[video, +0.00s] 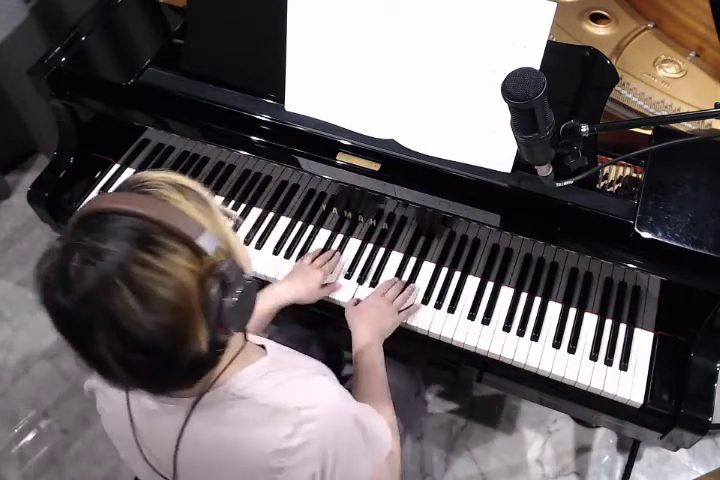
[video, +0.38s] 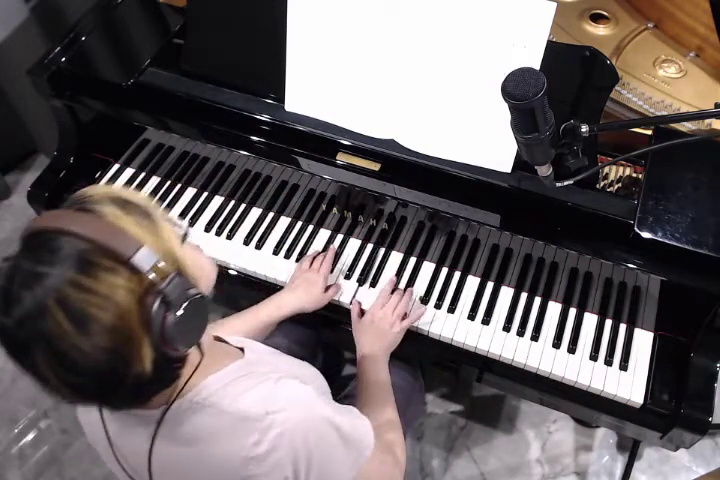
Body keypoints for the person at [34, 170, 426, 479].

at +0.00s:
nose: (229, 224)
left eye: (216, 219)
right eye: (220, 226)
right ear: (220, 293)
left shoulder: (110, 376)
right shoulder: (308, 414)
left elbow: (204, 339)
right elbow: (384, 461)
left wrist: (280, 294)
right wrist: (368, 345)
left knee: (307, 319)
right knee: (393, 361)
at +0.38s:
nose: (185, 232)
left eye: (172, 230)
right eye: (174, 238)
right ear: (172, 315)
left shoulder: (93, 376)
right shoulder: (280, 426)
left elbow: (191, 350)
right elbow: (385, 467)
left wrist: (287, 301)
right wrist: (374, 356)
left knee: (304, 320)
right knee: (398, 376)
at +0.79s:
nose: (147, 287)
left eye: (128, 287)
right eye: (134, 299)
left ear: (141, 366)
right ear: (140, 369)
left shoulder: (135, 376)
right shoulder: (262, 453)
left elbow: (186, 325)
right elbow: (392, 463)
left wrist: (291, 276)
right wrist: (387, 355)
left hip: (255, 368)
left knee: (304, 312)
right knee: (392, 365)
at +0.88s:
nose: (146, 287)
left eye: (128, 287)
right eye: (134, 299)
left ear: (141, 366)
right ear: (140, 369)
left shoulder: (135, 376)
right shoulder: (262, 453)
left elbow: (186, 325)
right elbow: (392, 463)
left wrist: (291, 276)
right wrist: (387, 355)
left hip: (256, 369)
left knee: (304, 313)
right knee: (393, 365)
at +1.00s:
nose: (151, 300)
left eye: (133, 300)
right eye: (141, 313)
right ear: (140, 378)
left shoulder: (141, 387)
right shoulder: (268, 460)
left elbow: (184, 325)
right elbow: (385, 468)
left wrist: (291, 274)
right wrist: (382, 354)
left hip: (261, 377)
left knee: (306, 310)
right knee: (397, 365)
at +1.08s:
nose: (151, 304)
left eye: (131, 305)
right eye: (142, 323)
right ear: (144, 391)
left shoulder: (142, 380)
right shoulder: (262, 462)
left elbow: (185, 324)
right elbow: (384, 466)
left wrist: (292, 272)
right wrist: (378, 352)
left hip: (260, 374)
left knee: (309, 310)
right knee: (398, 369)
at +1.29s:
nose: (170, 320)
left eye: (150, 322)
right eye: (159, 339)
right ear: (162, 406)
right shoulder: (264, 464)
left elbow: (189, 308)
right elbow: (381, 466)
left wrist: (300, 259)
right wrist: (372, 348)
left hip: (261, 373)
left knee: (305, 322)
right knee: (399, 368)